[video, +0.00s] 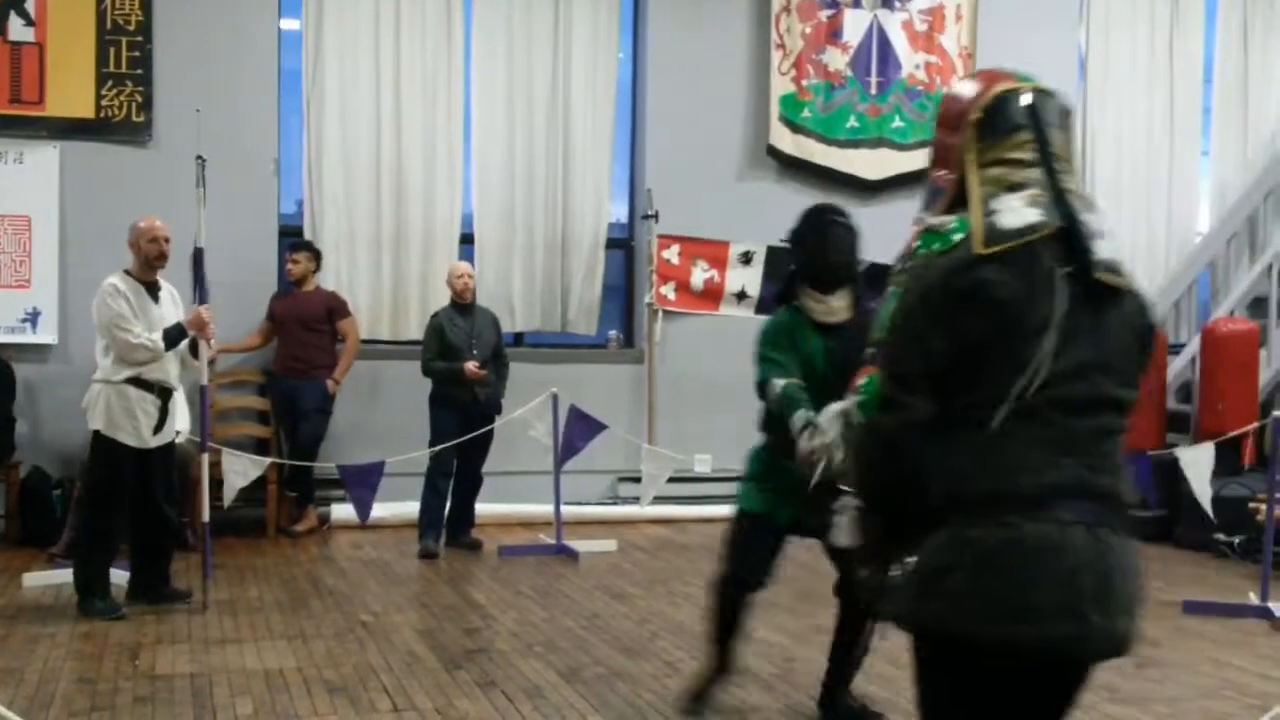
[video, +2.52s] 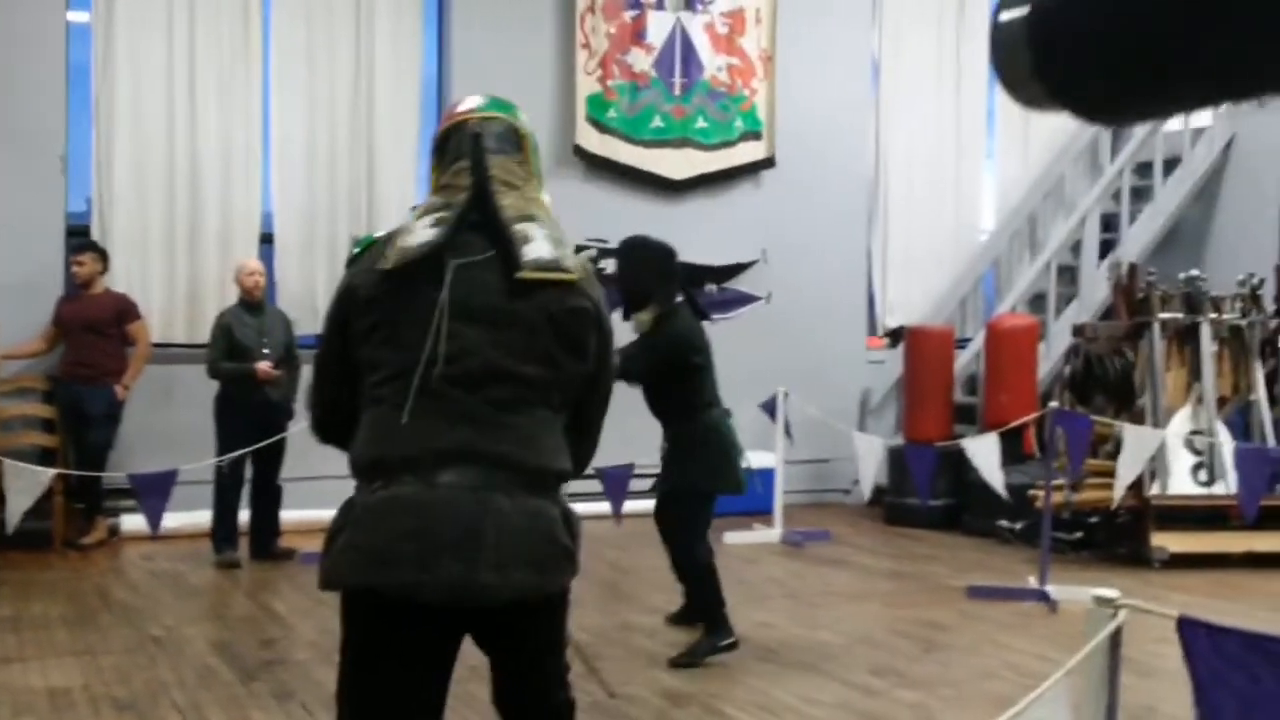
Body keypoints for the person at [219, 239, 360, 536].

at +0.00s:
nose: (289, 266)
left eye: (296, 262)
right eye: (288, 262)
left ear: (314, 266)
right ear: (288, 265)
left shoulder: (330, 301)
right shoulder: (280, 301)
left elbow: (352, 339)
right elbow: (260, 338)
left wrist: (336, 379)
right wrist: (222, 348)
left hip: (316, 384)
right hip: (282, 383)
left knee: (305, 448)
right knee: (292, 448)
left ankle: (304, 510)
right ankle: (305, 510)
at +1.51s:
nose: (245, 266)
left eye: (251, 261)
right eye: (243, 261)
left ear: (269, 263)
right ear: (242, 265)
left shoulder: (287, 299)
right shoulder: (236, 299)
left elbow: (310, 339)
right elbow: (217, 337)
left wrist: (293, 377)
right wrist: (176, 348)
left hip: (273, 382)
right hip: (239, 380)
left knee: (263, 446)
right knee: (248, 446)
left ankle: (265, 510)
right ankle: (263, 510)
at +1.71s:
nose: (216, 265)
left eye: (222, 260)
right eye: (214, 259)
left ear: (237, 263)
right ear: (211, 264)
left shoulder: (254, 299)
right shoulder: (208, 299)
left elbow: (277, 338)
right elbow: (186, 335)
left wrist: (260, 377)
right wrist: (145, 349)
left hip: (238, 381)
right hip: (206, 379)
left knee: (228, 445)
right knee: (211, 446)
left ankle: (231, 510)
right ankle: (218, 509)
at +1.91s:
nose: (176, 268)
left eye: (182, 262)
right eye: (174, 263)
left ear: (201, 266)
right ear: (172, 267)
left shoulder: (219, 300)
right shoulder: (168, 301)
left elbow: (242, 340)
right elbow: (148, 338)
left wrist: (225, 380)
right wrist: (107, 351)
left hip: (204, 384)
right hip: (170, 383)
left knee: (193, 449)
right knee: (175, 449)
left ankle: (196, 513)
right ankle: (186, 512)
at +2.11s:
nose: (143, 267)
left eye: (149, 262)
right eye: (141, 262)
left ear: (167, 265)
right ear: (139, 266)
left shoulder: (185, 301)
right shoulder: (135, 301)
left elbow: (209, 341)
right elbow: (114, 339)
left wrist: (192, 381)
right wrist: (72, 351)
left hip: (169, 384)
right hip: (135, 382)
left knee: (159, 448)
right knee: (140, 449)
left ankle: (162, 514)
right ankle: (147, 512)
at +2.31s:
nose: (105, 267)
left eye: (112, 261)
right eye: (103, 262)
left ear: (130, 264)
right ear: (102, 265)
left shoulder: (148, 301)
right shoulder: (98, 301)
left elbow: (174, 340)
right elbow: (76, 340)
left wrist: (156, 381)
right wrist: (33, 353)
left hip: (134, 385)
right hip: (100, 384)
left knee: (124, 451)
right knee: (107, 451)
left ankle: (129, 517)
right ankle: (121, 515)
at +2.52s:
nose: (75, 269)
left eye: (82, 263)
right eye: (73, 264)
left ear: (101, 266)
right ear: (72, 268)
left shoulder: (119, 303)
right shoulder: (67, 304)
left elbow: (144, 344)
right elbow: (45, 343)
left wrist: (126, 384)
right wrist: (5, 354)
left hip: (104, 389)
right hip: (69, 387)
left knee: (93, 454)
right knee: (77, 455)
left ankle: (97, 521)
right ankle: (86, 520)